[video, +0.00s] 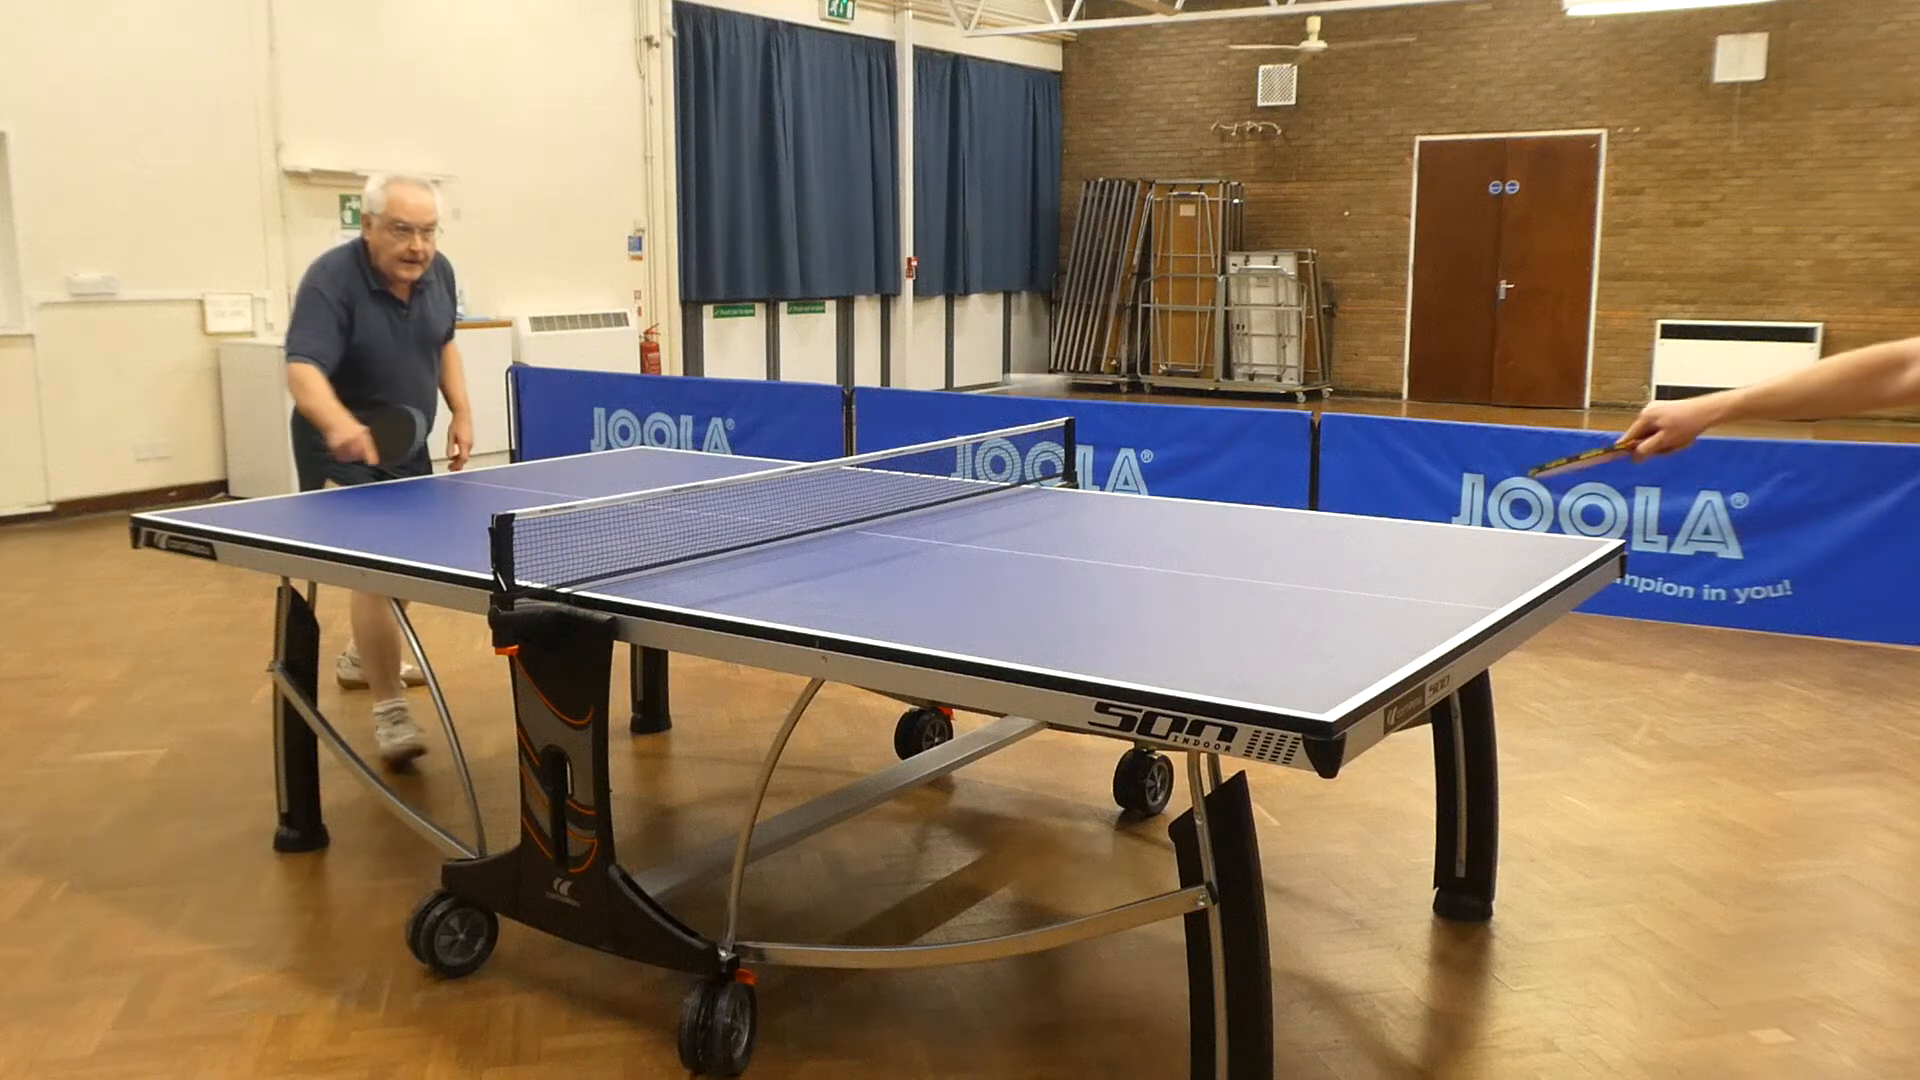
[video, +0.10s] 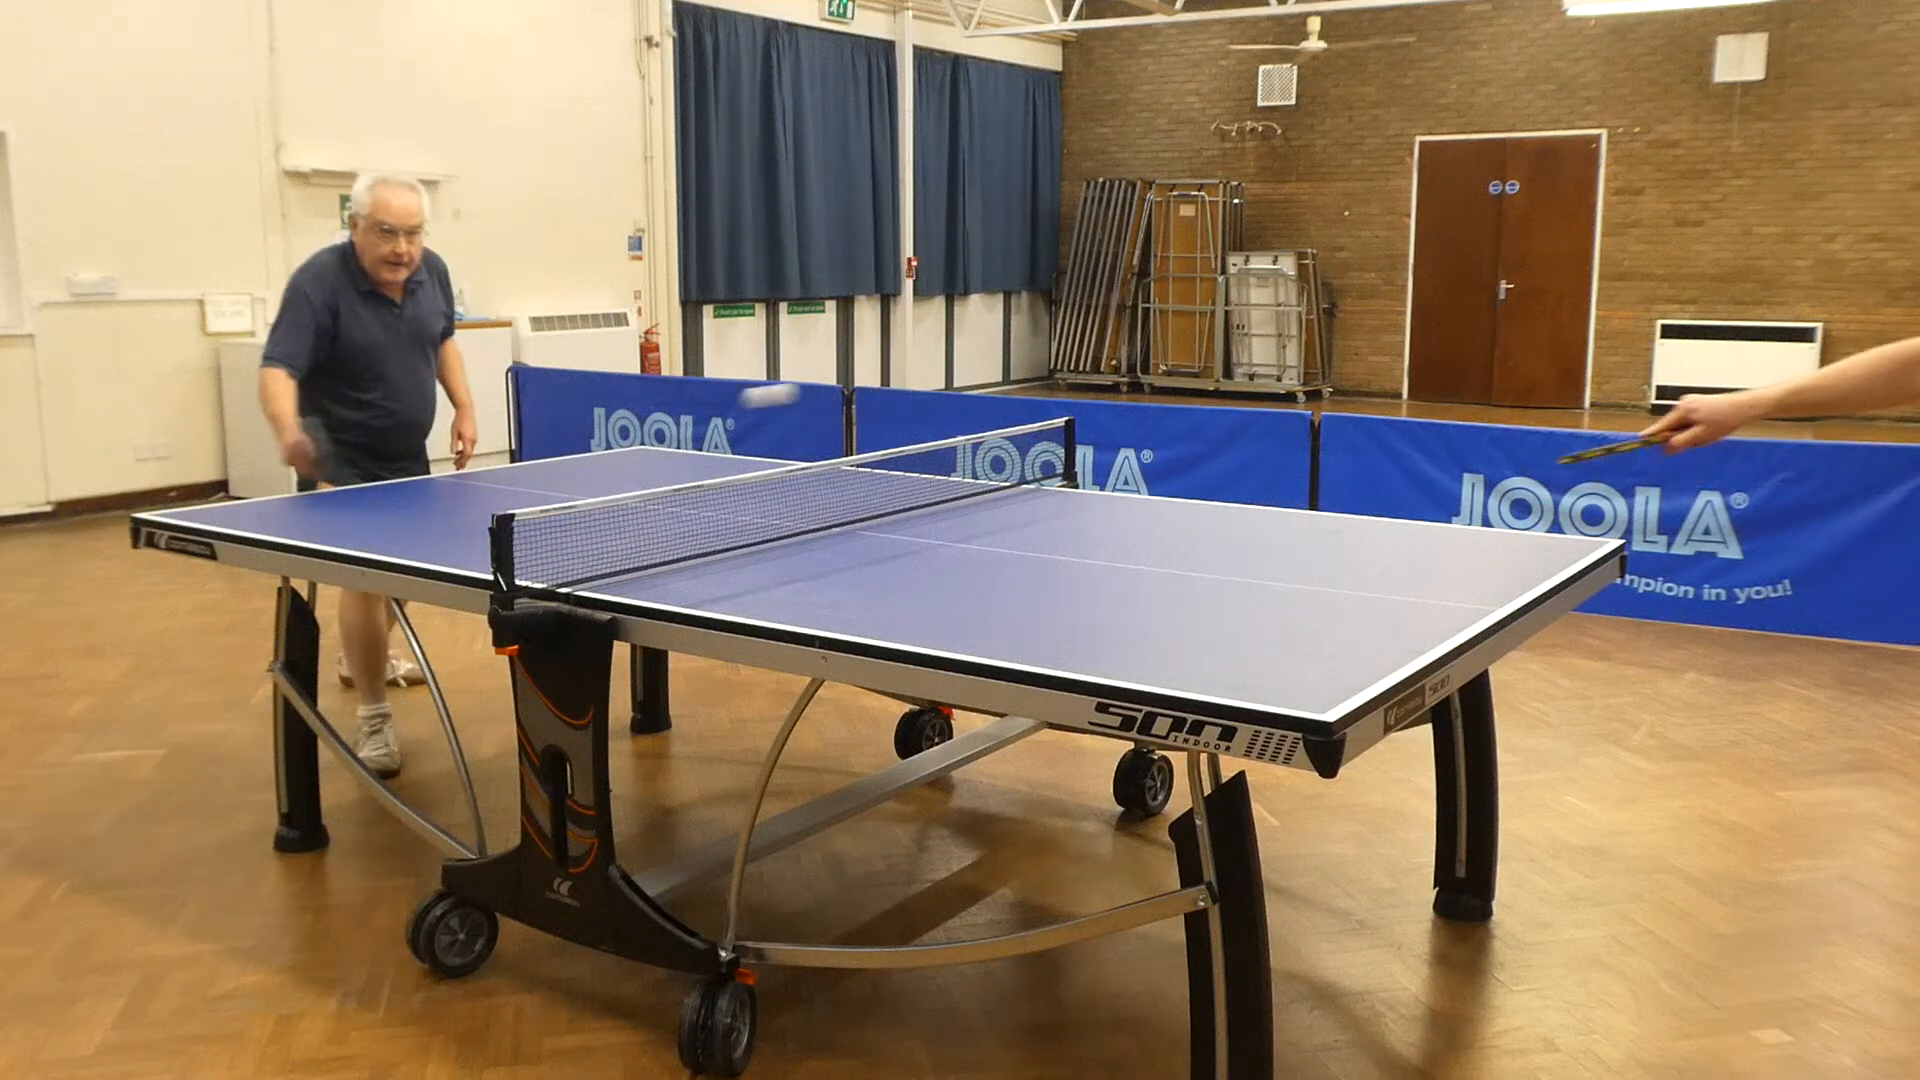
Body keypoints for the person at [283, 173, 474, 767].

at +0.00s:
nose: (416, 245)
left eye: (427, 231)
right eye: (401, 230)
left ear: (437, 230)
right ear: (369, 227)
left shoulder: (437, 273)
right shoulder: (332, 278)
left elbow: (444, 344)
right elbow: (301, 370)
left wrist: (462, 410)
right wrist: (337, 422)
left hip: (410, 449)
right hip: (343, 452)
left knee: (400, 559)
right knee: (373, 572)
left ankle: (363, 652)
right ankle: (391, 709)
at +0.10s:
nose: (402, 247)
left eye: (413, 233)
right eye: (387, 233)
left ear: (425, 230)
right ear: (355, 228)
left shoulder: (430, 272)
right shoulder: (320, 281)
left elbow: (443, 341)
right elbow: (278, 369)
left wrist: (464, 406)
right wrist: (288, 430)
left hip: (409, 457)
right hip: (342, 460)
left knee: (400, 567)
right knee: (364, 578)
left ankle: (369, 649)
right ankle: (374, 714)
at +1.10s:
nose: (320, 211)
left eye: (330, 198)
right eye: (305, 198)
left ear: (338, 198)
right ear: (269, 201)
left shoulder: (348, 249)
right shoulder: (241, 260)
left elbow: (366, 330)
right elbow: (230, 351)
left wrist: (397, 395)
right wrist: (262, 398)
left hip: (348, 433)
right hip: (277, 436)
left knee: (364, 557)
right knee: (301, 558)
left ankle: (307, 658)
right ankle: (276, 698)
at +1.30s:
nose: (321, 209)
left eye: (330, 197)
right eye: (306, 197)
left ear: (339, 200)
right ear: (270, 199)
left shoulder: (344, 253)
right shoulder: (238, 257)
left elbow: (354, 336)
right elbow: (230, 350)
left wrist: (378, 404)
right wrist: (268, 399)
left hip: (336, 433)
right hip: (265, 435)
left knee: (357, 556)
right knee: (272, 563)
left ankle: (308, 657)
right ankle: (264, 703)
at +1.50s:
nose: (333, 219)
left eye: (342, 206)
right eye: (318, 205)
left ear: (350, 207)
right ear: (280, 203)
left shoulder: (345, 256)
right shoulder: (242, 257)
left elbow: (352, 337)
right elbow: (228, 353)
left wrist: (378, 407)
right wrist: (282, 408)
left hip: (337, 434)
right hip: (262, 434)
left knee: (352, 557)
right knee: (292, 558)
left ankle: (309, 658)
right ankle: (274, 695)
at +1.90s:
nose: (389, 285)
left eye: (397, 271)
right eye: (378, 268)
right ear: (334, 254)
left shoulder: (340, 290)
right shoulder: (300, 305)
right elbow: (376, 389)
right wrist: (456, 441)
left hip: (308, 467)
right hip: (248, 471)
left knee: (331, 566)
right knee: (309, 580)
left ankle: (316, 665)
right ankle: (308, 746)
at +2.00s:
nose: (400, 275)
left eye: (409, 261)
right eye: (388, 257)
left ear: (414, 256)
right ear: (344, 243)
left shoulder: (352, 292)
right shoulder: (300, 296)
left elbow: (356, 383)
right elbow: (353, 386)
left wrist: (420, 424)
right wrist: (432, 424)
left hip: (304, 461)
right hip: (246, 462)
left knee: (324, 573)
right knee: (321, 587)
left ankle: (293, 667)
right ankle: (312, 749)